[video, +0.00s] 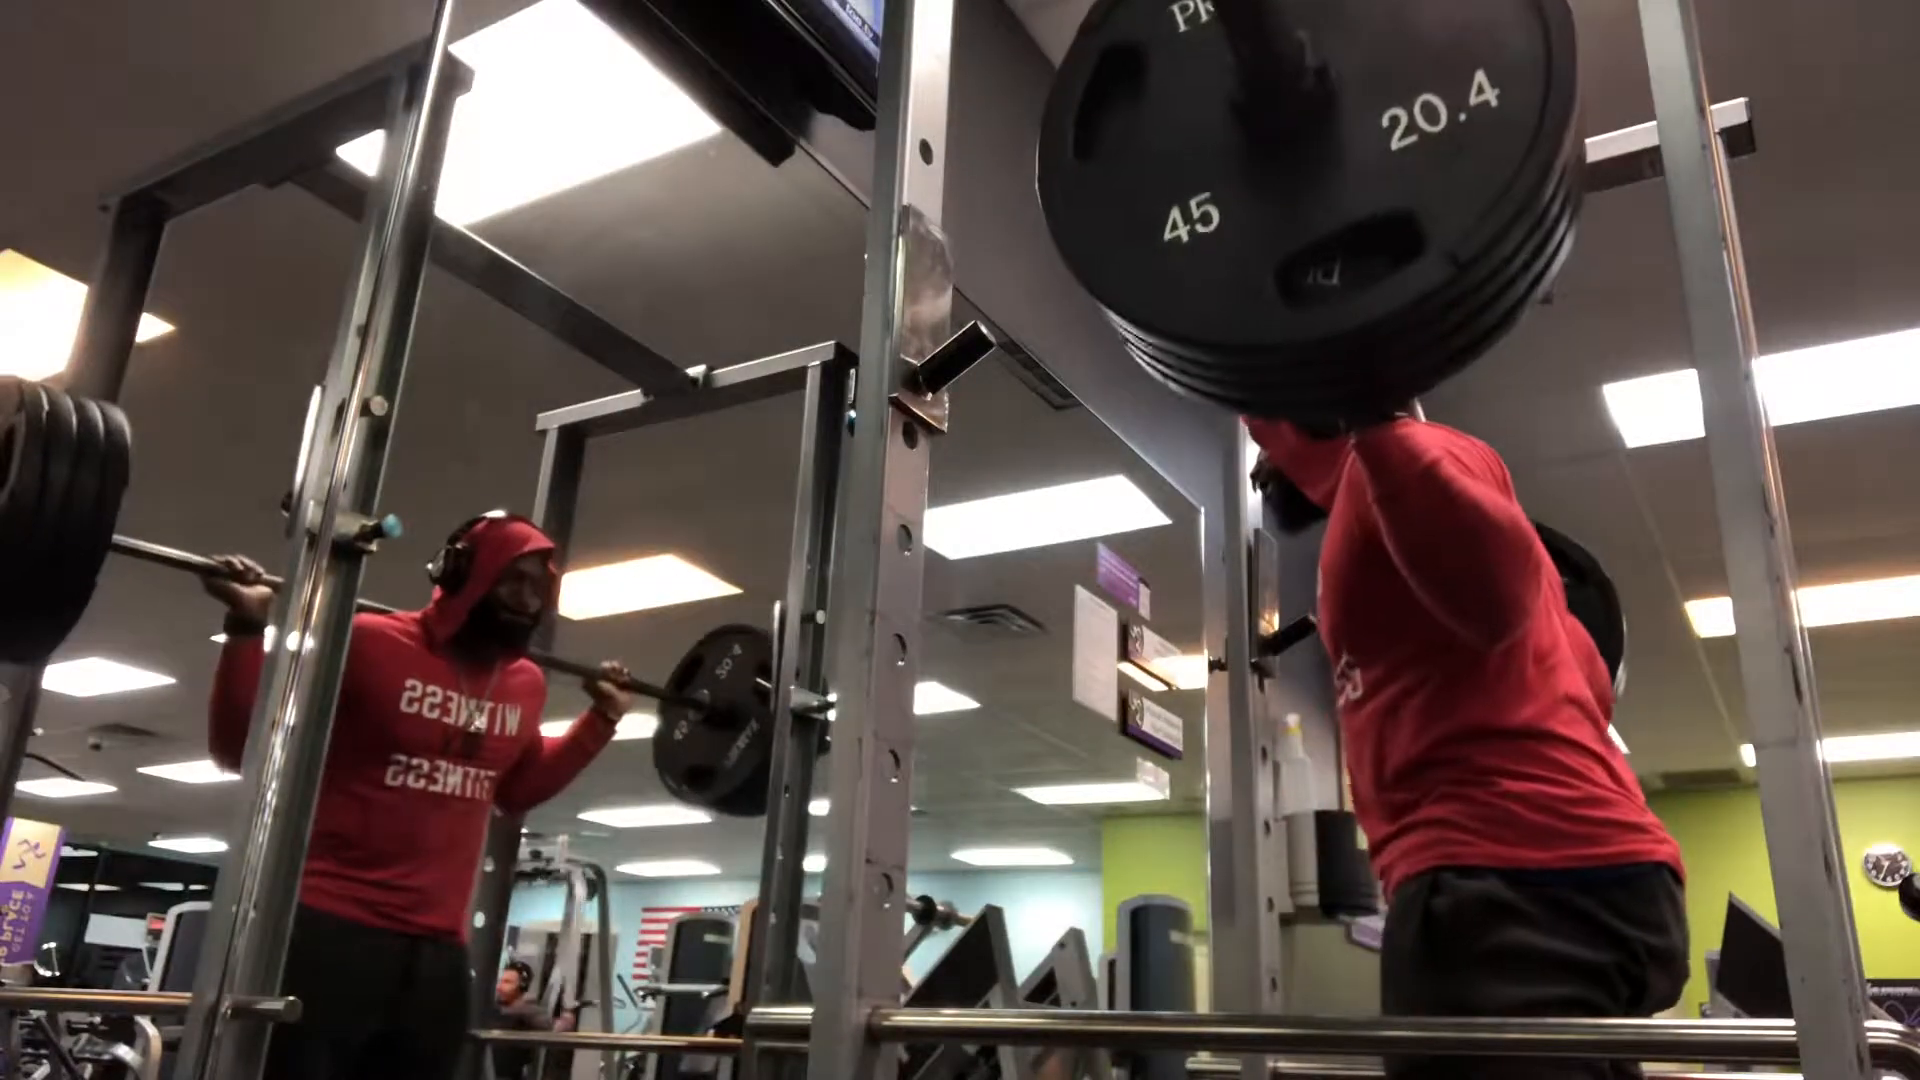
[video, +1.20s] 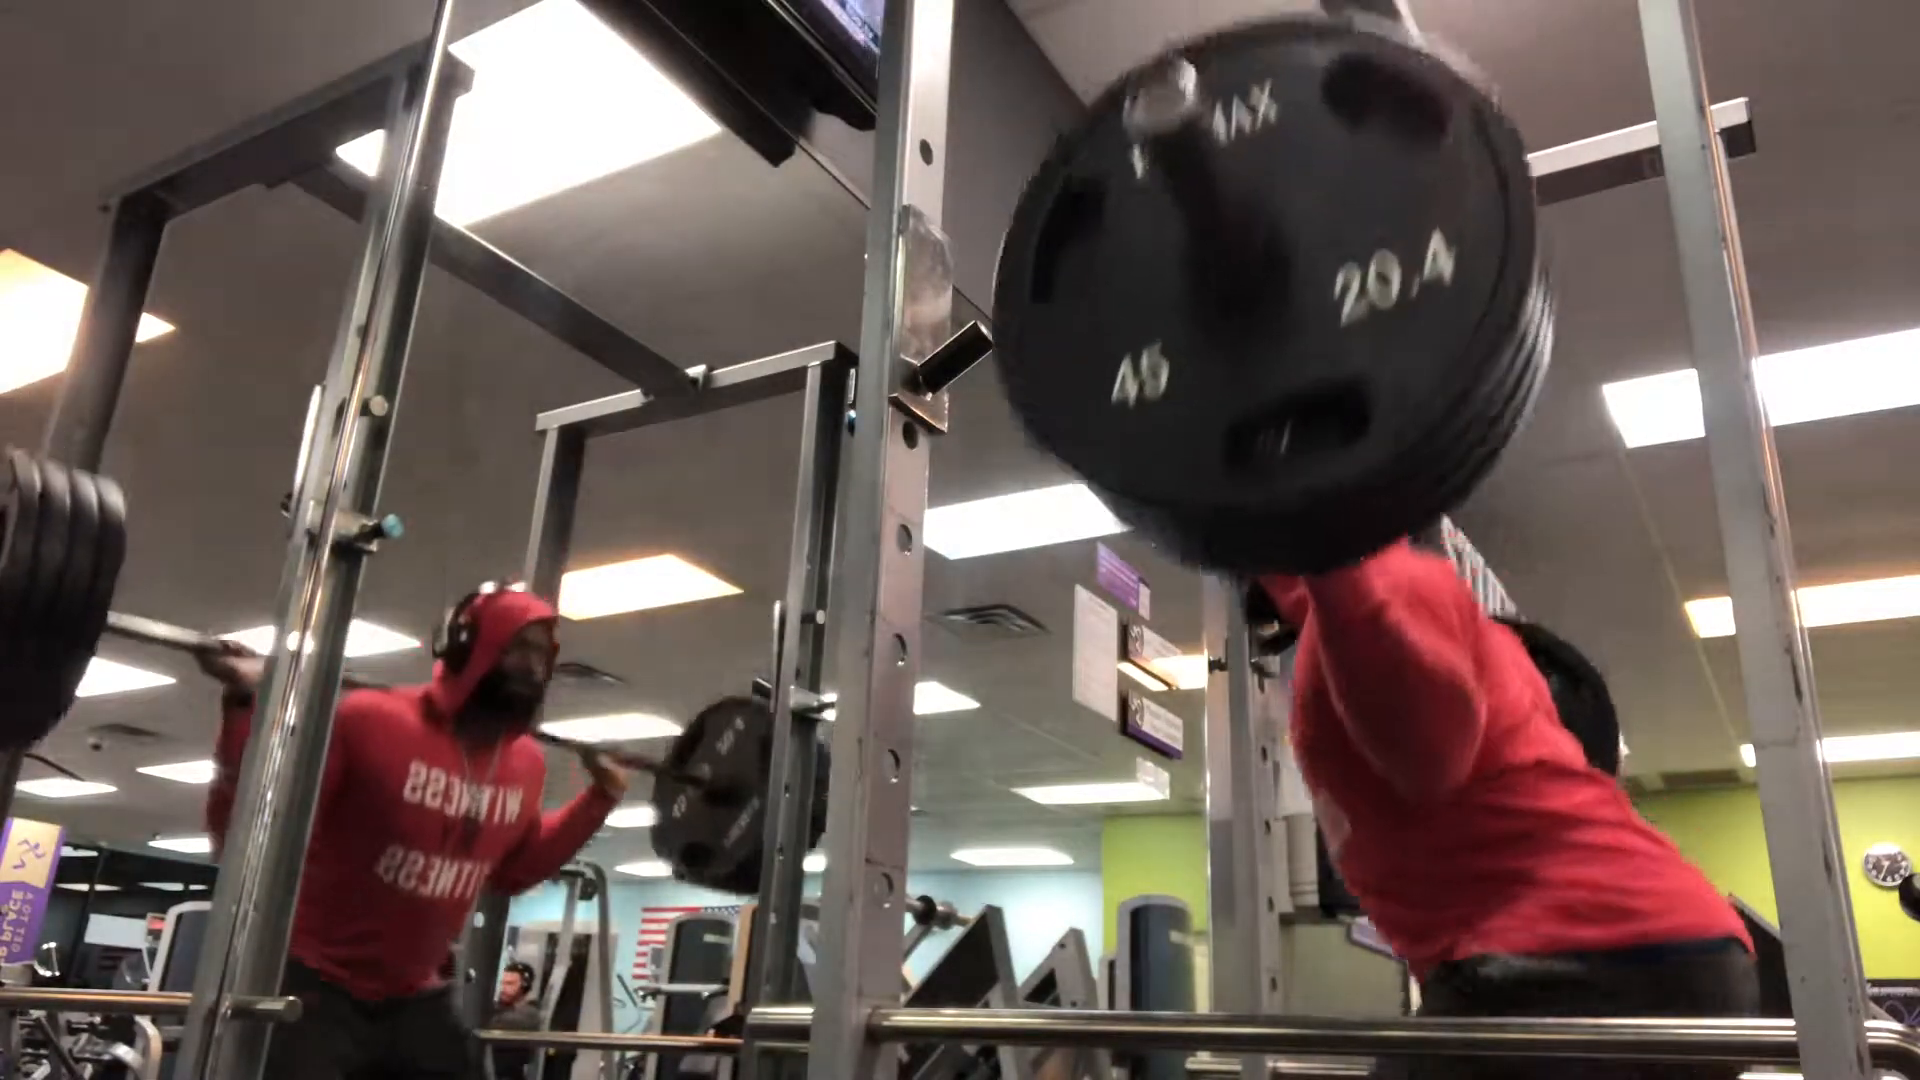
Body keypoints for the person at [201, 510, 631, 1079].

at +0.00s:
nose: (529, 601)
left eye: (540, 588)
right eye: (515, 581)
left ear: (549, 597)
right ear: (470, 575)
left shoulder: (523, 683)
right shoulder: (367, 639)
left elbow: (517, 790)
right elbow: (234, 750)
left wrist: (602, 717)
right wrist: (246, 627)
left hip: (438, 950)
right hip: (329, 929)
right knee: (306, 1069)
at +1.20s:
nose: (536, 668)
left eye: (546, 653)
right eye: (522, 647)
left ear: (551, 664)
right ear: (473, 647)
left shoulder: (525, 763)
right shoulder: (364, 719)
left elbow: (512, 872)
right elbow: (238, 837)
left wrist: (600, 797)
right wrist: (242, 706)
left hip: (422, 1005)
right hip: (316, 993)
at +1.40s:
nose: (535, 724)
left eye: (543, 709)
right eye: (520, 705)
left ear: (547, 720)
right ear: (471, 703)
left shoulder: (519, 818)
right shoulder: (356, 780)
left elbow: (506, 927)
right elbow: (226, 901)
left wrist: (595, 856)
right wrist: (242, 770)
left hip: (410, 1049)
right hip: (307, 1039)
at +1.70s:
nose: (521, 799)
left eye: (531, 784)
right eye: (506, 779)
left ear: (539, 796)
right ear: (459, 777)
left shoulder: (510, 886)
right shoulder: (344, 855)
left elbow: (497, 998)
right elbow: (214, 976)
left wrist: (588, 921)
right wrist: (227, 846)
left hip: (402, 1069)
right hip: (298, 1061)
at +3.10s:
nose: (537, 728)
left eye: (546, 712)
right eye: (520, 708)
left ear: (551, 724)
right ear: (470, 710)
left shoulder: (528, 823)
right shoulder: (363, 791)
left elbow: (517, 925)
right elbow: (245, 900)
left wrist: (604, 855)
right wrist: (248, 773)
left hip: (426, 1044)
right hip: (320, 1034)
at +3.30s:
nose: (546, 660)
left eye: (553, 644)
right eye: (530, 639)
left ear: (557, 657)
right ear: (481, 643)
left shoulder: (536, 755)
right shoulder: (377, 718)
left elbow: (530, 863)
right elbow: (261, 828)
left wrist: (605, 794)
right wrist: (255, 707)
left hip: (437, 993)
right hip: (335, 984)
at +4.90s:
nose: (549, 593)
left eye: (559, 581)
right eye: (535, 573)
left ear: (563, 593)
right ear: (487, 573)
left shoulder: (538, 686)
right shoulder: (385, 642)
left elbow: (528, 795)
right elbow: (262, 752)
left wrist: (612, 723)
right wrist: (270, 632)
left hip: (455, 946)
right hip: (349, 923)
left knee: (450, 1070)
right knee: (319, 1068)